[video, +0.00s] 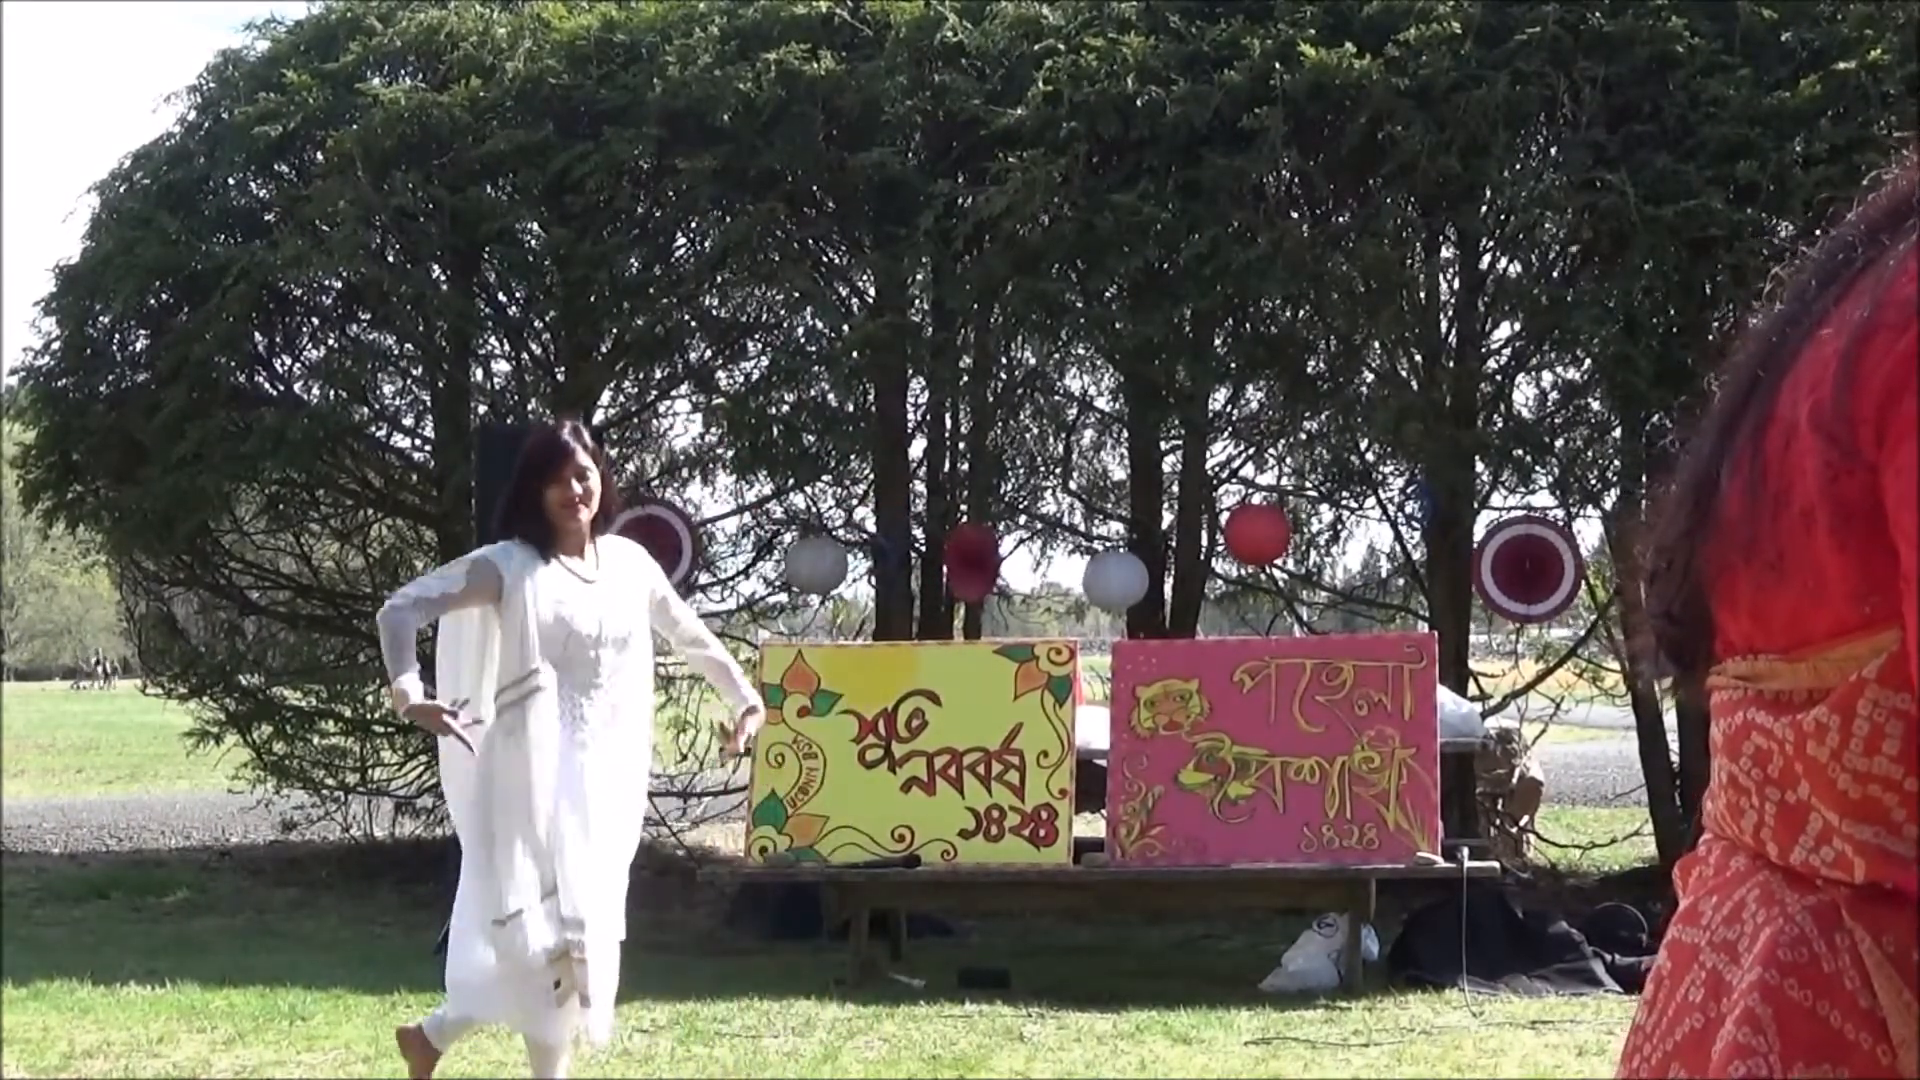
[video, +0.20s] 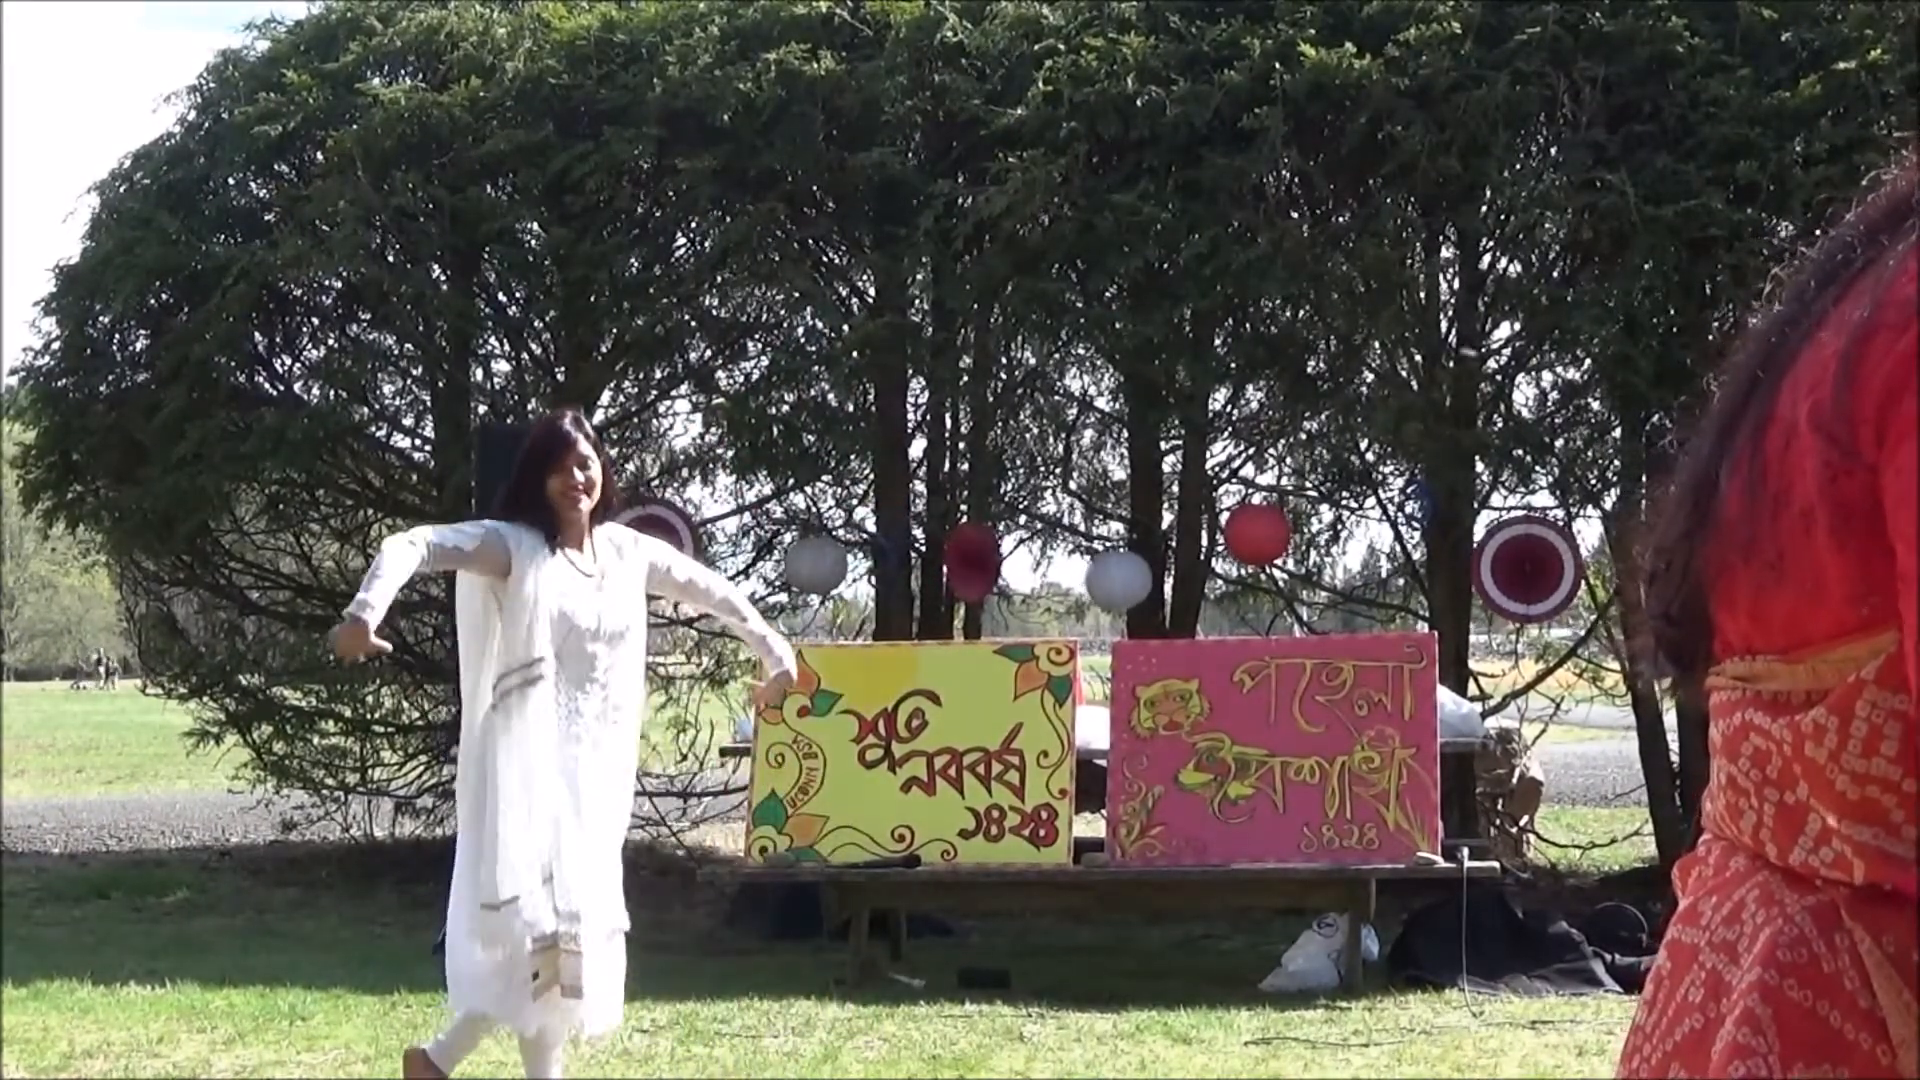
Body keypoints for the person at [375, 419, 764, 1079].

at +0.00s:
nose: (576, 489)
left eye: (585, 476)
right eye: (560, 479)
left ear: (602, 482)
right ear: (536, 491)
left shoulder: (631, 561)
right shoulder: (508, 565)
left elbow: (692, 638)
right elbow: (399, 610)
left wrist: (750, 699)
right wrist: (408, 695)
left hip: (608, 771)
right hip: (533, 768)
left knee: (575, 936)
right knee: (553, 937)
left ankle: (432, 1034)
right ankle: (549, 1071)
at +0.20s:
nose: (578, 477)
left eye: (587, 464)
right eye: (563, 466)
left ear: (603, 472)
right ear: (539, 479)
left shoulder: (631, 550)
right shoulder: (511, 546)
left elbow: (712, 591)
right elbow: (410, 546)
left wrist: (774, 651)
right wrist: (364, 613)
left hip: (595, 769)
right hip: (524, 765)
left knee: (549, 931)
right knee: (551, 932)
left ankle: (438, 1057)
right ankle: (545, 1072)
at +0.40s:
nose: (571, 476)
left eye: (580, 463)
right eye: (556, 464)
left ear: (596, 472)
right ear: (531, 475)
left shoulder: (614, 550)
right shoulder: (513, 540)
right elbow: (492, 526)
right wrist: (443, 511)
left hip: (587, 776)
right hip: (516, 773)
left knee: (565, 941)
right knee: (537, 939)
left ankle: (444, 1061)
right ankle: (546, 1072)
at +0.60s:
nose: (566, 487)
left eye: (575, 473)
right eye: (551, 473)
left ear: (583, 486)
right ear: (516, 485)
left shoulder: (600, 559)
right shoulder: (499, 559)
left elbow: (696, 610)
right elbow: (514, 492)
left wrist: (752, 675)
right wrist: (580, 444)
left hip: (581, 787)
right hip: (509, 785)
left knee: (559, 952)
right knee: (541, 953)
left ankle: (434, 1061)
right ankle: (547, 1074)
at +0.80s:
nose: (560, 490)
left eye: (570, 477)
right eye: (546, 476)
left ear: (583, 490)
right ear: (509, 485)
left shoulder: (595, 565)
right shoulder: (495, 564)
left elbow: (685, 627)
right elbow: (527, 477)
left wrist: (672, 672)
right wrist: (627, 424)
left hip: (576, 785)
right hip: (507, 783)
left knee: (549, 950)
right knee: (545, 952)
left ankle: (425, 1066)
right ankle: (548, 1074)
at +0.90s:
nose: (558, 491)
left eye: (566, 477)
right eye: (544, 480)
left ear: (578, 487)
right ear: (511, 490)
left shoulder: (593, 568)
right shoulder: (493, 570)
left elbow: (681, 639)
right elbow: (512, 483)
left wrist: (643, 667)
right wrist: (609, 426)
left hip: (577, 784)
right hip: (508, 783)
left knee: (555, 951)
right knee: (543, 951)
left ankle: (421, 1068)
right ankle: (547, 1072)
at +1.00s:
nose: (550, 499)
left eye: (560, 486)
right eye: (536, 488)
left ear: (575, 495)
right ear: (509, 498)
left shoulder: (591, 572)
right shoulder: (493, 573)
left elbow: (673, 649)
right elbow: (498, 496)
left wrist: (629, 672)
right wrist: (585, 443)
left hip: (582, 779)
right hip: (515, 776)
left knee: (549, 953)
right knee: (543, 946)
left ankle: (416, 1069)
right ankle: (548, 1070)